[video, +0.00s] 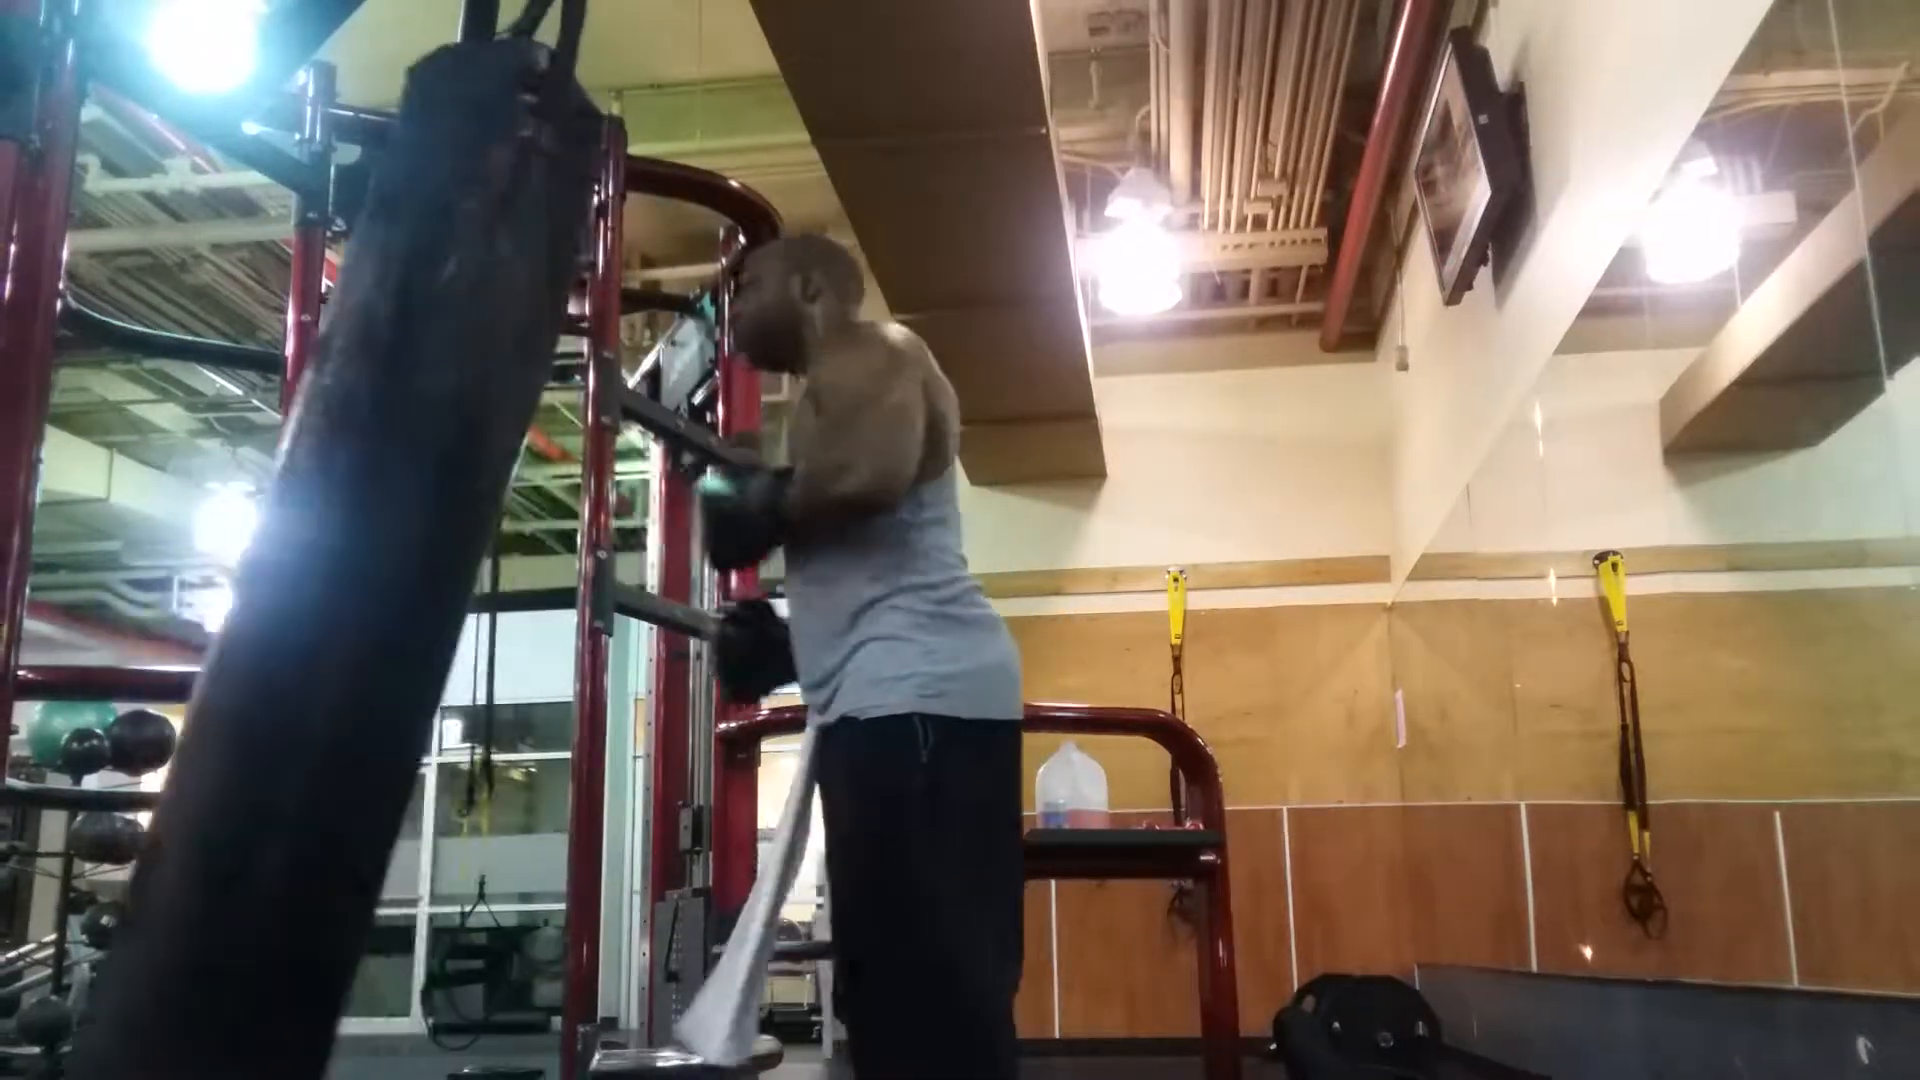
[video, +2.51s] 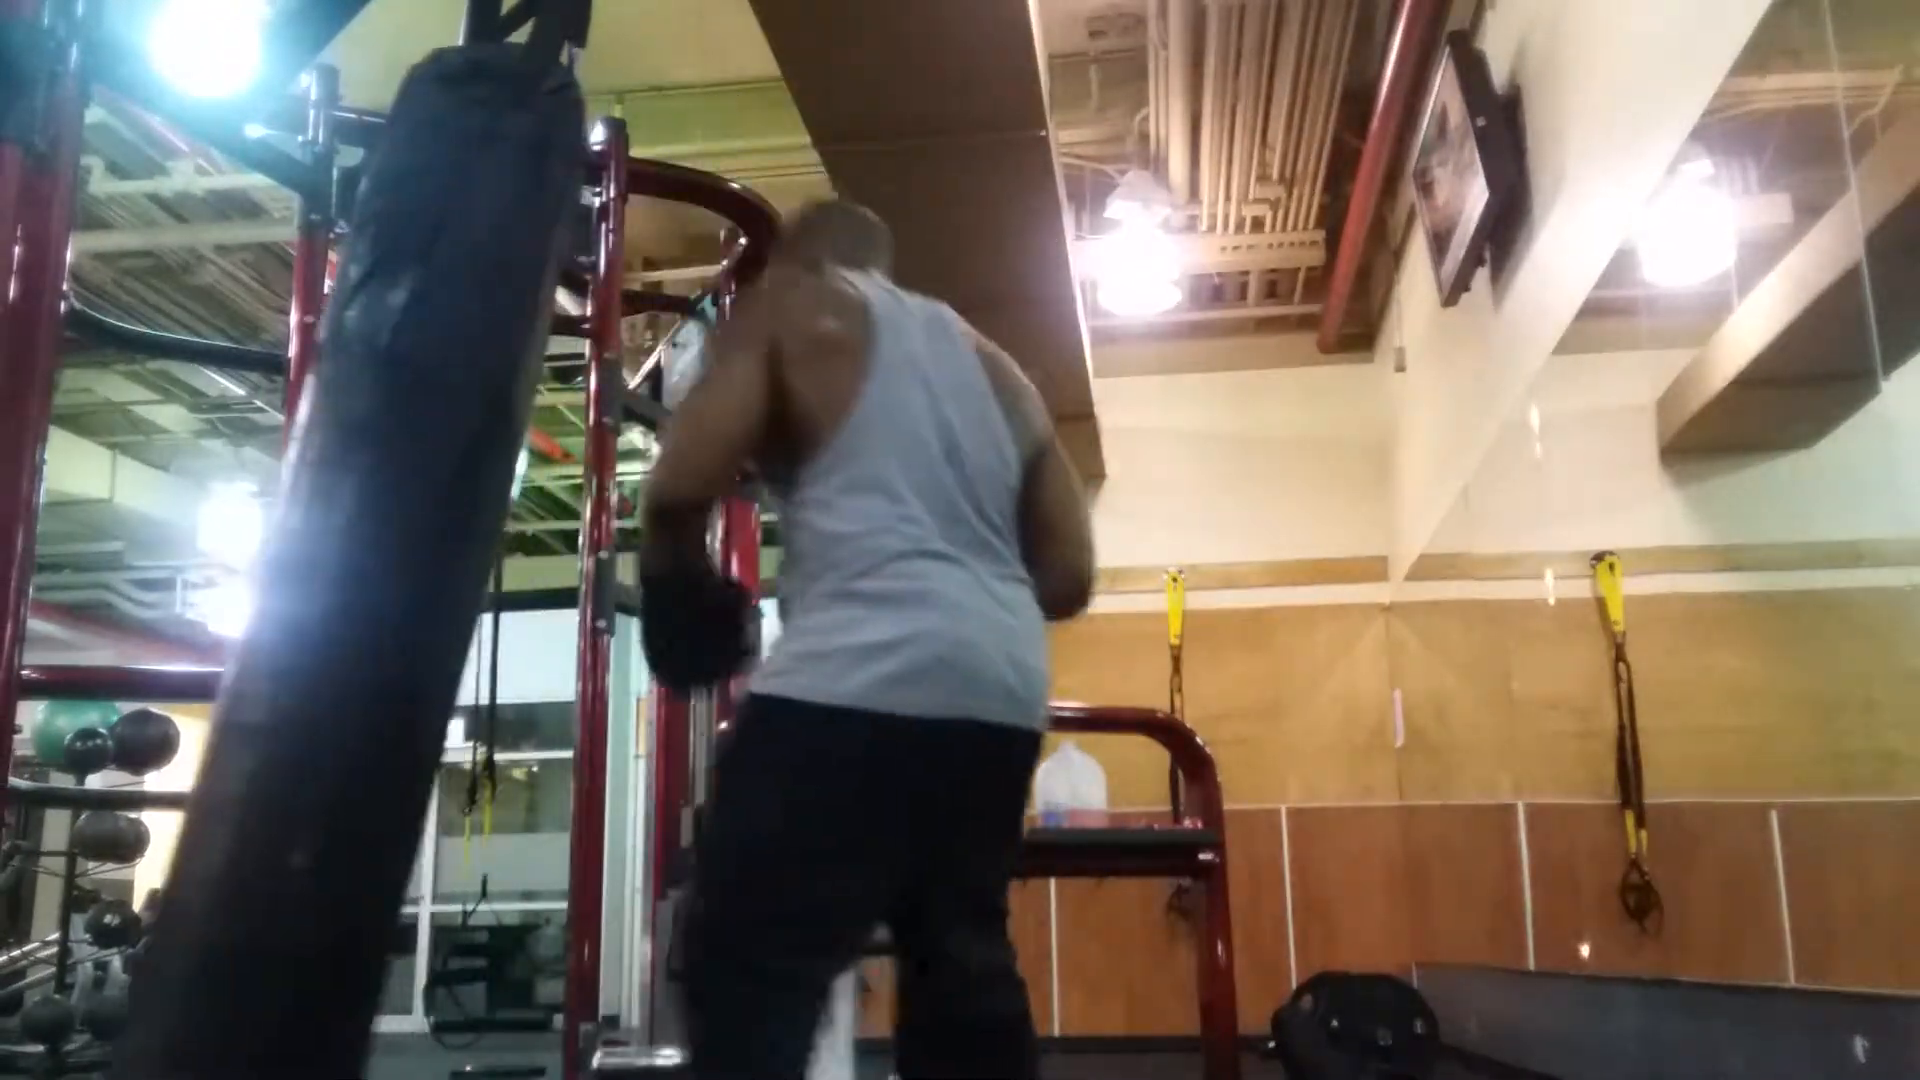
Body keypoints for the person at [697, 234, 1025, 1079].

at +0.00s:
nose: (730, 310)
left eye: (744, 285)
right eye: (731, 292)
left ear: (812, 288)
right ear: (814, 294)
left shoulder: (868, 349)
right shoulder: (822, 397)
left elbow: (873, 474)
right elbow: (884, 576)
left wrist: (765, 505)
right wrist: (789, 639)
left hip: (922, 696)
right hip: (884, 697)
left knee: (921, 988)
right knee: (896, 984)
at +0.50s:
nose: (811, 256)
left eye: (824, 235)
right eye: (815, 237)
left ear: (880, 234)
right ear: (895, 241)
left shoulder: (938, 313)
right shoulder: (938, 331)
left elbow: (885, 474)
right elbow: (963, 546)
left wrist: (815, 489)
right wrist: (868, 608)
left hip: (971, 699)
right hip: (978, 698)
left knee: (960, 1020)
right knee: (983, 1016)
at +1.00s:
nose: (873, 231)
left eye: (874, 205)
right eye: (870, 209)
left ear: (909, 179)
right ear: (982, 182)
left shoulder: (944, 259)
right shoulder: (1091, 295)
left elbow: (863, 452)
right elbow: (1144, 515)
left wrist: (920, 527)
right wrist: (951, 551)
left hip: (1021, 689)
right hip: (1139, 681)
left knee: (1010, 1023)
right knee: (1133, 1010)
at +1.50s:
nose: (813, 265)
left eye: (811, 235)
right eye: (803, 243)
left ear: (860, 201)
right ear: (894, 198)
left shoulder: (954, 269)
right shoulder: (1012, 270)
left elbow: (905, 473)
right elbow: (1083, 469)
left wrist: (839, 465)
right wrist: (895, 506)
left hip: (1002, 683)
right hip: (1069, 675)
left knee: (919, 994)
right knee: (1091, 979)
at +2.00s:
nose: (616, 200)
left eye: (612, 182)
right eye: (614, 186)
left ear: (629, 153)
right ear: (717, 133)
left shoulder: (674, 206)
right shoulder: (876, 238)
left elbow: (620, 437)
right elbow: (966, 459)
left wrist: (703, 485)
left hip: (822, 625)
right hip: (960, 620)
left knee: (724, 968)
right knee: (911, 943)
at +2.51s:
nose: (764, 292)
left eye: (769, 276)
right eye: (767, 281)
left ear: (797, 260)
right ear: (886, 268)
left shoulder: (787, 297)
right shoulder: (996, 364)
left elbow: (678, 485)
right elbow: (1067, 573)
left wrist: (683, 595)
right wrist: (951, 606)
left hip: (846, 681)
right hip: (998, 701)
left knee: (749, 975)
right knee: (963, 957)